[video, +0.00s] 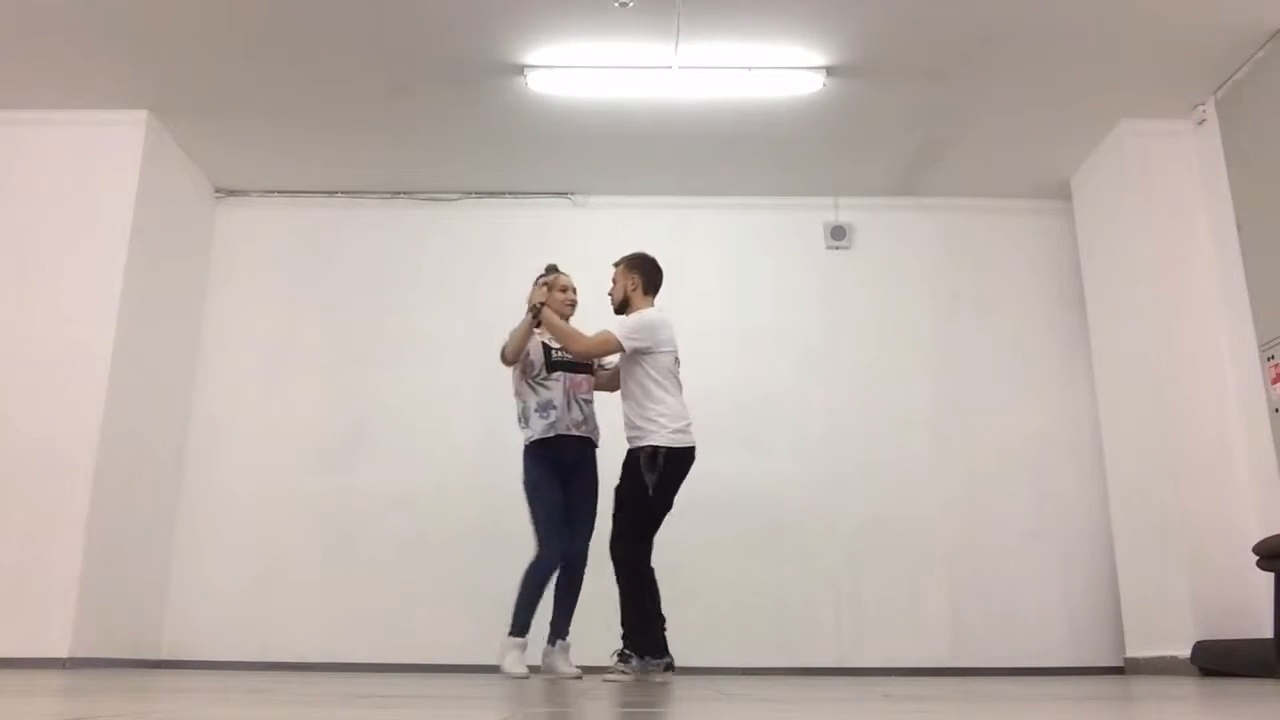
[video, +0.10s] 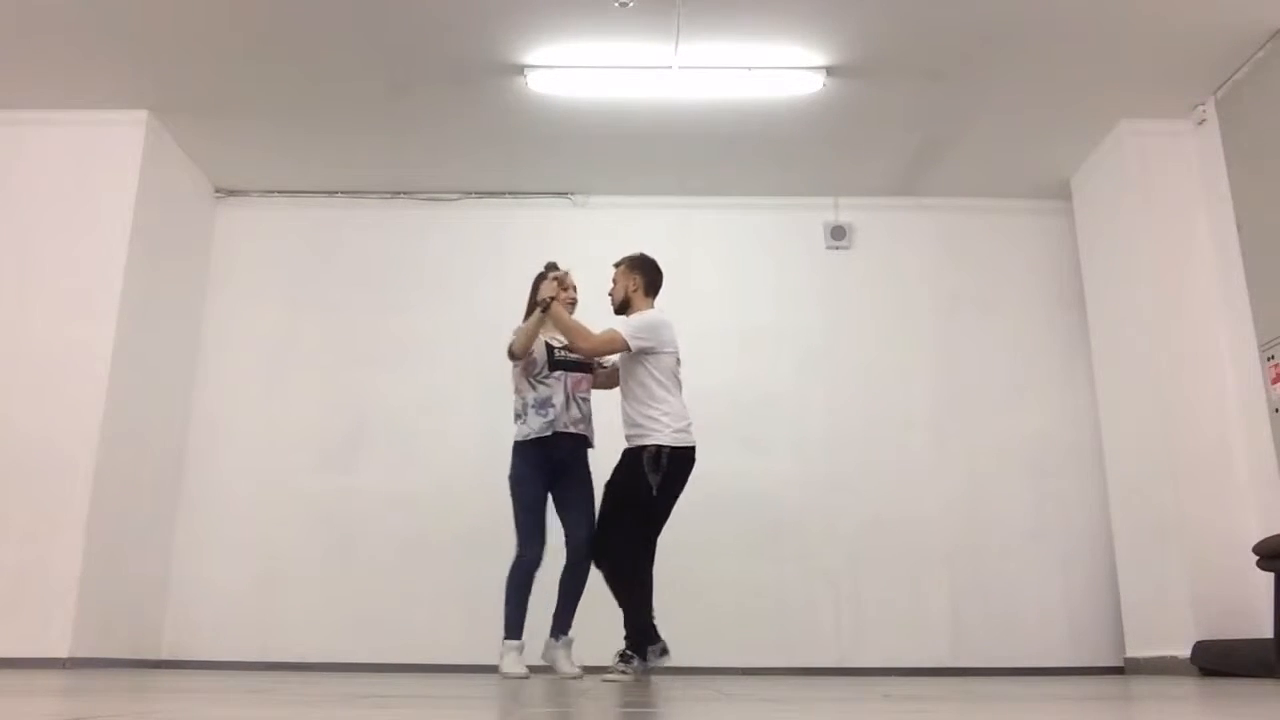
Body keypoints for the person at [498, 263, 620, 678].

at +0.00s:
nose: (570, 297)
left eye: (573, 292)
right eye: (561, 291)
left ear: (577, 301)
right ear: (541, 299)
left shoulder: (583, 349)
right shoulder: (527, 339)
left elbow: (609, 381)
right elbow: (509, 355)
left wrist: (641, 359)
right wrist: (531, 315)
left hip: (582, 453)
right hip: (542, 453)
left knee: (576, 553)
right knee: (551, 551)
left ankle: (556, 648)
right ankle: (515, 644)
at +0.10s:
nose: (572, 296)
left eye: (574, 291)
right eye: (564, 291)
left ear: (576, 297)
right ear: (545, 296)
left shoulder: (582, 346)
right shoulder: (527, 335)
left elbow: (608, 378)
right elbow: (517, 351)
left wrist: (645, 360)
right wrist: (541, 309)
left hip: (572, 455)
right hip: (530, 455)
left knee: (582, 546)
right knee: (530, 551)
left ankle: (558, 644)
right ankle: (511, 647)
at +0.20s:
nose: (571, 301)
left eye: (575, 295)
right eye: (564, 294)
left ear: (576, 298)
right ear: (545, 296)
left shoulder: (579, 344)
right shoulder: (528, 331)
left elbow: (604, 375)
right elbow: (533, 347)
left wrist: (648, 363)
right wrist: (558, 306)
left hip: (569, 455)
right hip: (526, 453)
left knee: (583, 543)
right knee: (522, 551)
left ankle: (560, 638)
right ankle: (511, 647)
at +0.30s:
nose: (579, 300)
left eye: (581, 294)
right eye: (572, 293)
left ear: (582, 299)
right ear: (552, 294)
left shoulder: (581, 342)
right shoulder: (534, 329)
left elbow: (615, 373)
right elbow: (554, 343)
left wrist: (656, 369)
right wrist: (573, 300)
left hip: (571, 455)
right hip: (531, 452)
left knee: (577, 546)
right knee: (526, 548)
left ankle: (561, 646)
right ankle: (511, 646)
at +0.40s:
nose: (585, 291)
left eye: (583, 285)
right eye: (578, 285)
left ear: (565, 290)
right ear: (559, 289)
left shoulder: (576, 335)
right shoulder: (547, 329)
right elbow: (585, 332)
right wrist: (608, 297)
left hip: (578, 449)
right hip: (544, 449)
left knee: (573, 550)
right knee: (543, 549)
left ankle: (555, 649)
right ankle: (511, 643)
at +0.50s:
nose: (590, 291)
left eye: (587, 285)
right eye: (587, 285)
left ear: (554, 288)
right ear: (578, 289)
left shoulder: (562, 326)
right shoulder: (575, 324)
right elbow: (632, 325)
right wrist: (652, 287)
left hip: (576, 450)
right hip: (560, 450)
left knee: (575, 549)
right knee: (571, 547)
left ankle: (556, 647)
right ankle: (521, 623)